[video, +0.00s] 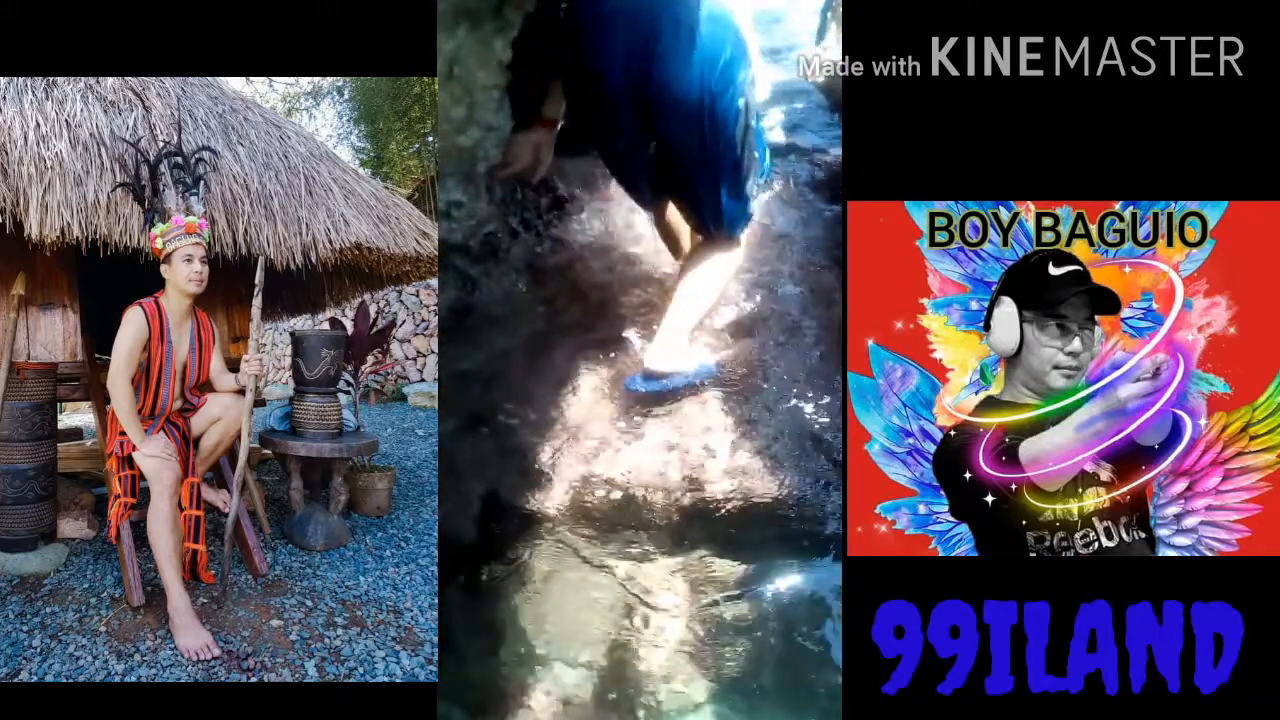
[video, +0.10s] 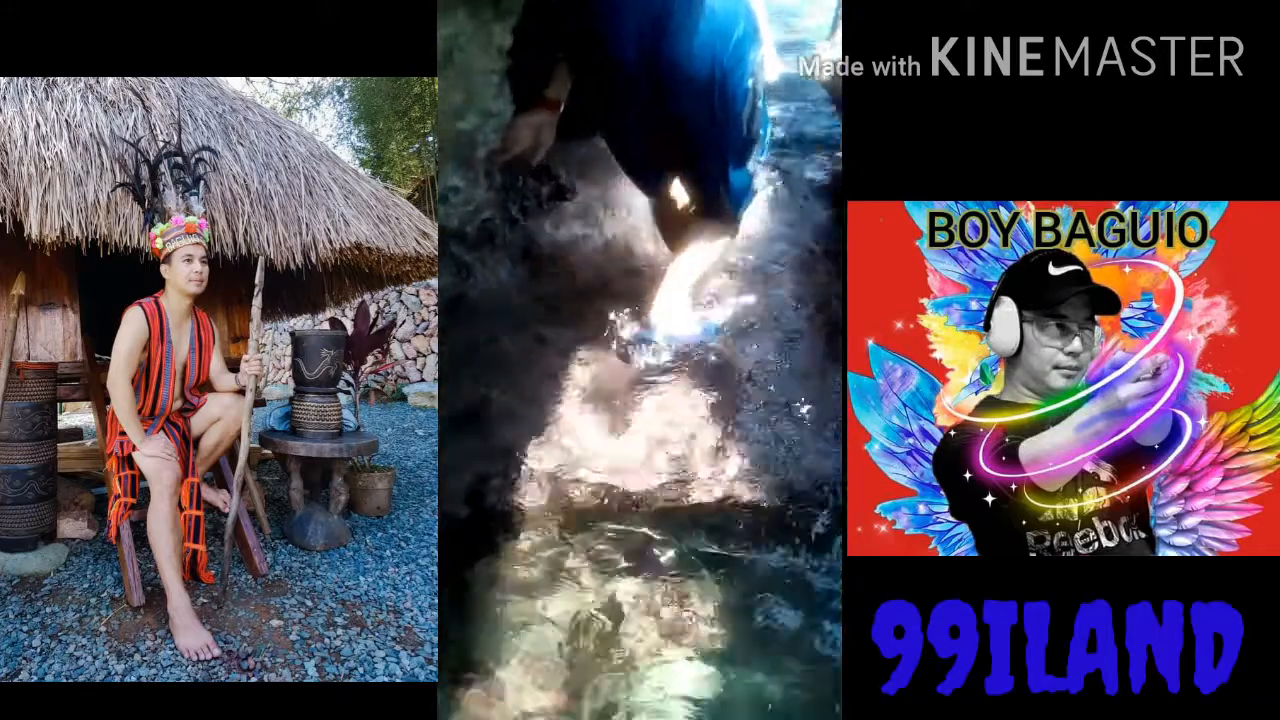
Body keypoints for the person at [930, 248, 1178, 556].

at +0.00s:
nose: (1076, 346)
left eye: (1086, 328)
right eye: (1055, 327)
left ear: (1097, 334)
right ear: (1007, 328)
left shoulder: (1113, 408)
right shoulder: (962, 446)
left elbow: (1155, 435)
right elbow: (1022, 472)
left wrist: (1149, 396)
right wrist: (1106, 412)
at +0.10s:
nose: (1076, 346)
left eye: (1086, 328)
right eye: (1055, 327)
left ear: (1097, 334)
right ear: (1007, 328)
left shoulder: (1113, 408)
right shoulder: (962, 446)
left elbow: (1155, 435)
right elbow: (1022, 472)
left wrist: (1149, 396)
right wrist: (1106, 412)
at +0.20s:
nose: (1076, 346)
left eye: (1086, 328)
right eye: (1055, 326)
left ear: (1097, 335)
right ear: (1007, 328)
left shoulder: (1113, 408)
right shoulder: (962, 446)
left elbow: (1156, 435)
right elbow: (1022, 471)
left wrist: (1147, 395)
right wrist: (1105, 413)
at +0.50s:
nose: (1076, 346)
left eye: (1086, 328)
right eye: (1055, 326)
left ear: (1097, 335)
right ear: (1007, 328)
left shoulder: (1113, 408)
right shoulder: (962, 446)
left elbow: (1156, 436)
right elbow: (1022, 471)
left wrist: (1147, 395)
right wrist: (1105, 413)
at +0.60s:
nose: (1076, 346)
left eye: (1086, 328)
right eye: (1055, 327)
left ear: (1096, 334)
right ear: (1007, 327)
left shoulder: (1114, 408)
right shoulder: (962, 446)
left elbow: (1155, 435)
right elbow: (1022, 471)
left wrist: (1149, 397)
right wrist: (1106, 411)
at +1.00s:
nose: (1076, 346)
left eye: (1086, 328)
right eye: (1055, 327)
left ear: (1097, 334)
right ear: (1007, 327)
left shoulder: (1113, 409)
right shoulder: (963, 446)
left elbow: (1155, 435)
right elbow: (1023, 472)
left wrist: (1148, 396)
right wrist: (1106, 412)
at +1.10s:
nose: (1076, 346)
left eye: (1086, 328)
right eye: (1055, 326)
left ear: (1097, 335)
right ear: (1007, 328)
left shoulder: (1113, 408)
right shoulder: (962, 446)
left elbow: (1156, 435)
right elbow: (1022, 471)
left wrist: (1147, 395)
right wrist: (1105, 413)